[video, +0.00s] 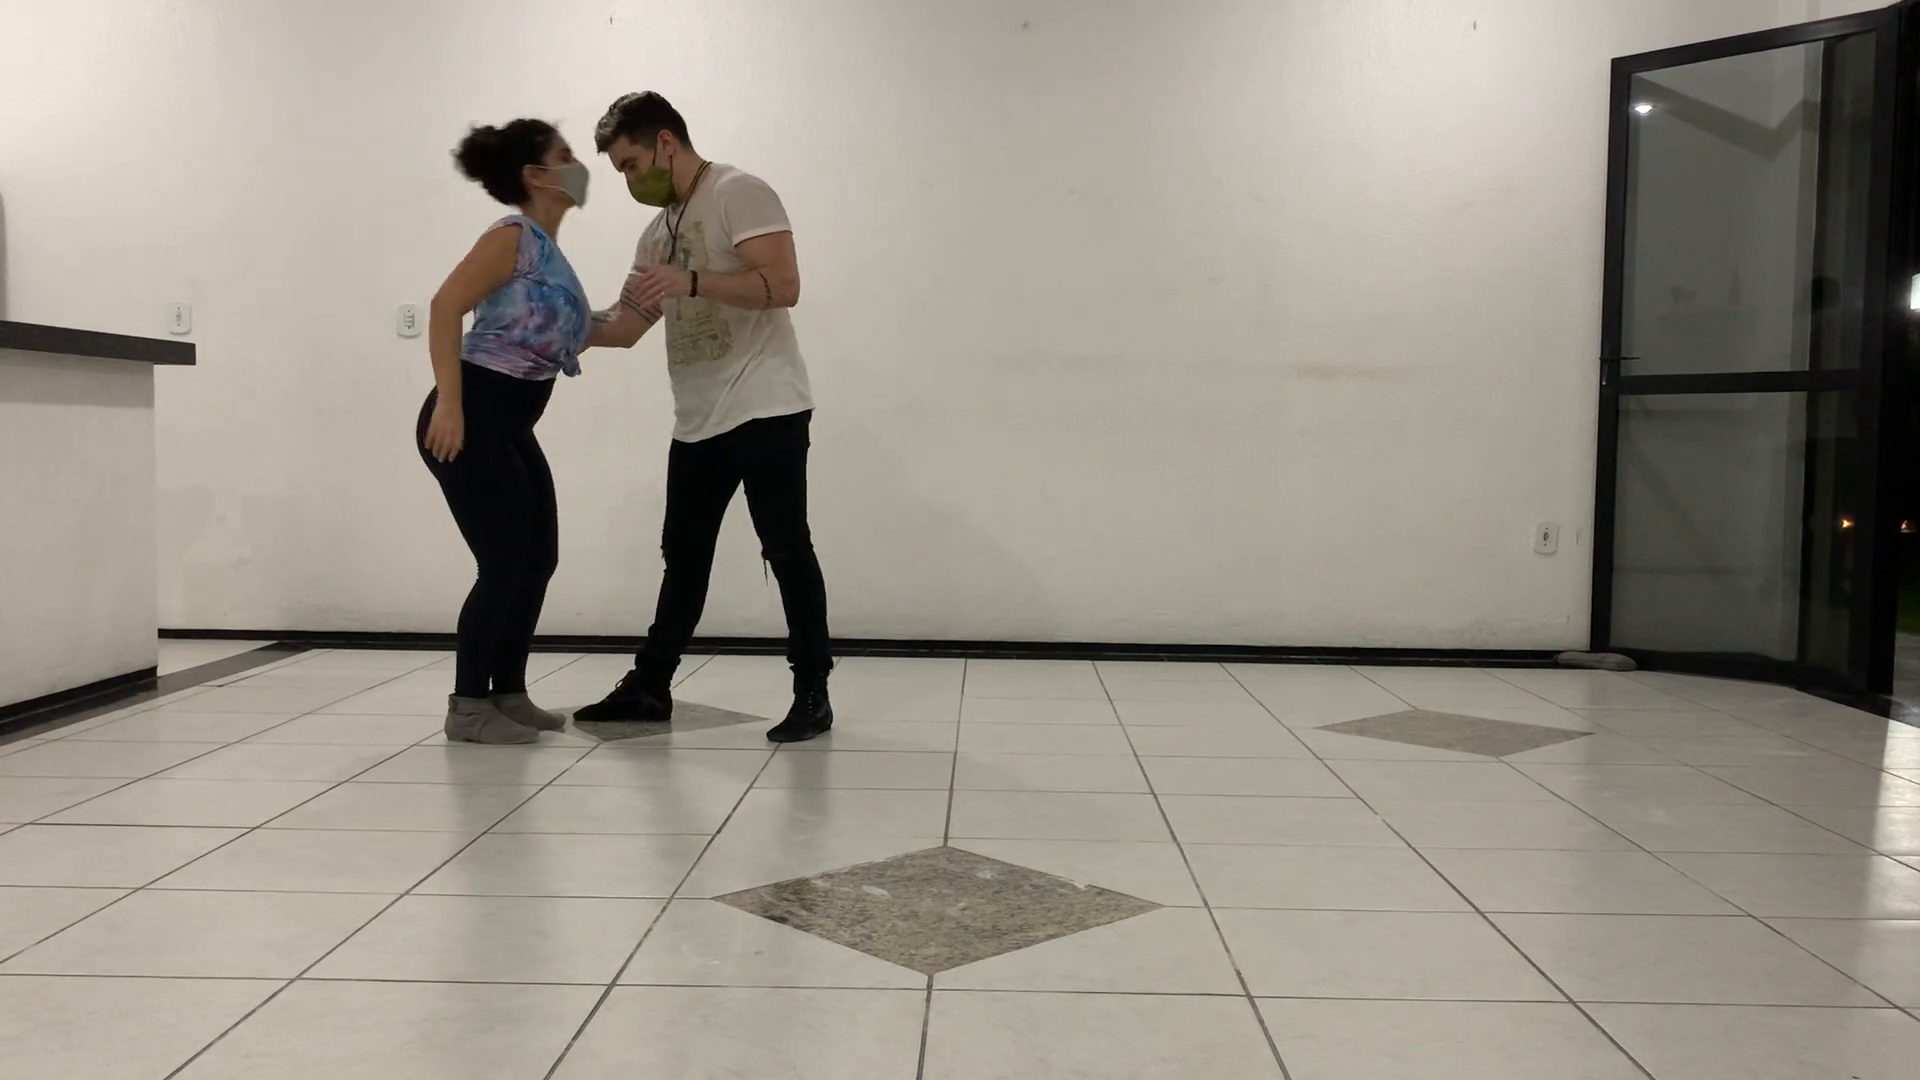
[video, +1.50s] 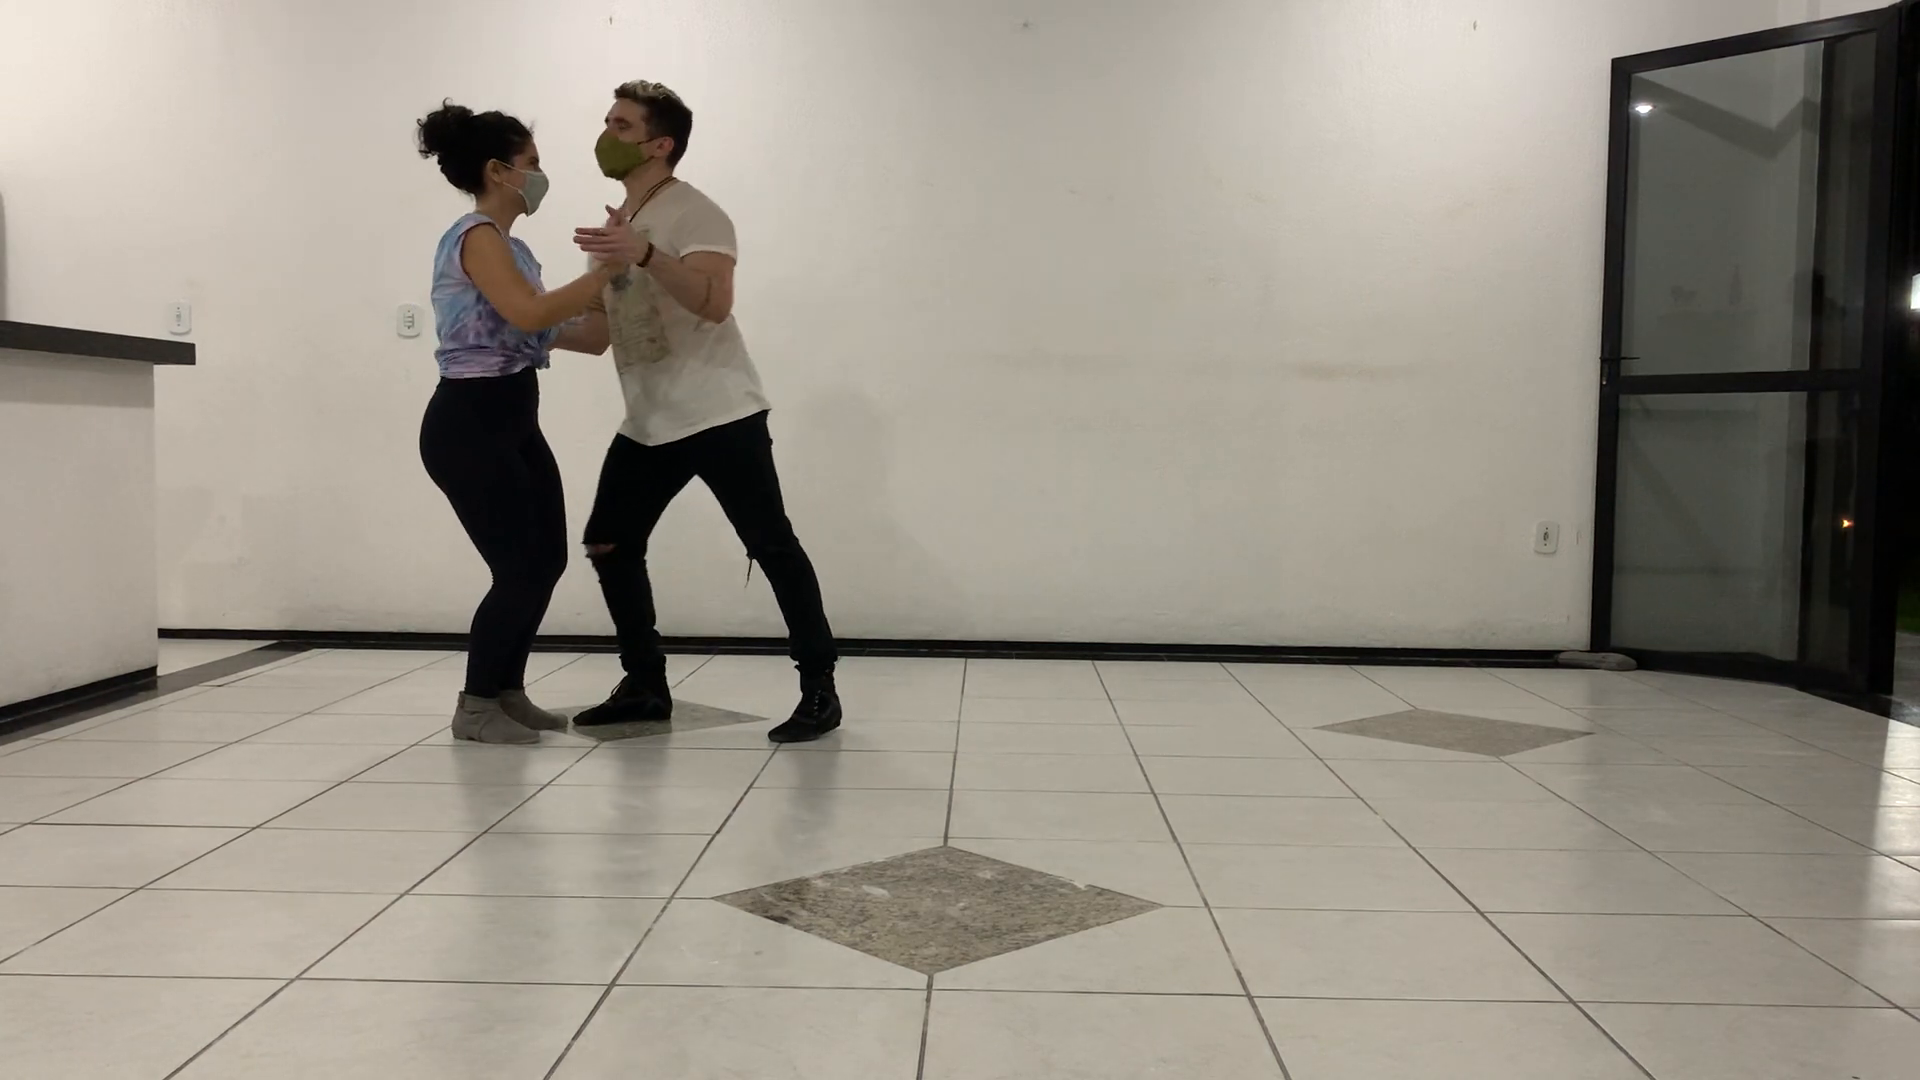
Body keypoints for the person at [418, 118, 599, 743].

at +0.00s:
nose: (579, 163)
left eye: (573, 153)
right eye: (565, 157)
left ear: (543, 175)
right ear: (534, 176)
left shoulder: (549, 261)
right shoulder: (512, 238)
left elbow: (620, 333)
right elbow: (445, 305)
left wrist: (658, 284)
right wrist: (448, 402)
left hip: (512, 419)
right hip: (472, 413)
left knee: (538, 552)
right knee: (506, 556)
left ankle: (506, 694)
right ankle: (469, 705)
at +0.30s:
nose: (505, 162)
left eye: (499, 153)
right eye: (493, 157)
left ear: (468, 179)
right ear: (463, 178)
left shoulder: (501, 247)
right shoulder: (465, 252)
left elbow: (563, 324)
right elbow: (460, 344)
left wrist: (636, 302)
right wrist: (520, 418)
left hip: (526, 416)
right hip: (487, 420)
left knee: (551, 557)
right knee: (525, 563)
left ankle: (507, 692)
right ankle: (474, 705)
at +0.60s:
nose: (492, 180)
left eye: (488, 169)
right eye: (481, 171)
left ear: (448, 185)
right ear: (446, 185)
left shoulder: (473, 250)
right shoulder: (443, 257)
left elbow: (543, 319)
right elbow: (477, 337)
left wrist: (620, 295)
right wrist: (573, 359)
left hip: (523, 417)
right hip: (493, 420)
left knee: (552, 558)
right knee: (527, 564)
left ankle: (509, 693)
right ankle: (474, 705)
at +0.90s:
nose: (495, 181)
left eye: (493, 170)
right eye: (485, 172)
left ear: (450, 184)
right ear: (451, 183)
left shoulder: (463, 247)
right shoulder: (439, 249)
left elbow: (515, 321)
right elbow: (487, 295)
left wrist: (570, 301)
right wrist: (573, 305)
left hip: (512, 415)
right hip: (488, 419)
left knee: (548, 557)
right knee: (528, 563)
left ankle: (507, 692)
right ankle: (475, 704)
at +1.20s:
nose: (508, 174)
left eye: (505, 163)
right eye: (498, 164)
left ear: (464, 176)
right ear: (464, 174)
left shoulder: (485, 245)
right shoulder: (451, 243)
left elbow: (520, 329)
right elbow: (505, 285)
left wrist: (579, 309)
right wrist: (590, 275)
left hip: (504, 419)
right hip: (476, 422)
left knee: (542, 556)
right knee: (522, 564)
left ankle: (505, 689)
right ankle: (473, 704)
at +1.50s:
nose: (541, 173)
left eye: (538, 162)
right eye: (530, 162)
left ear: (499, 173)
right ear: (497, 172)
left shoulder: (514, 252)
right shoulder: (476, 238)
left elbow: (583, 335)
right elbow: (530, 312)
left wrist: (646, 306)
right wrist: (606, 268)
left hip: (511, 422)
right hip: (469, 425)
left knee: (546, 554)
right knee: (519, 562)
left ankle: (505, 690)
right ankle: (477, 705)